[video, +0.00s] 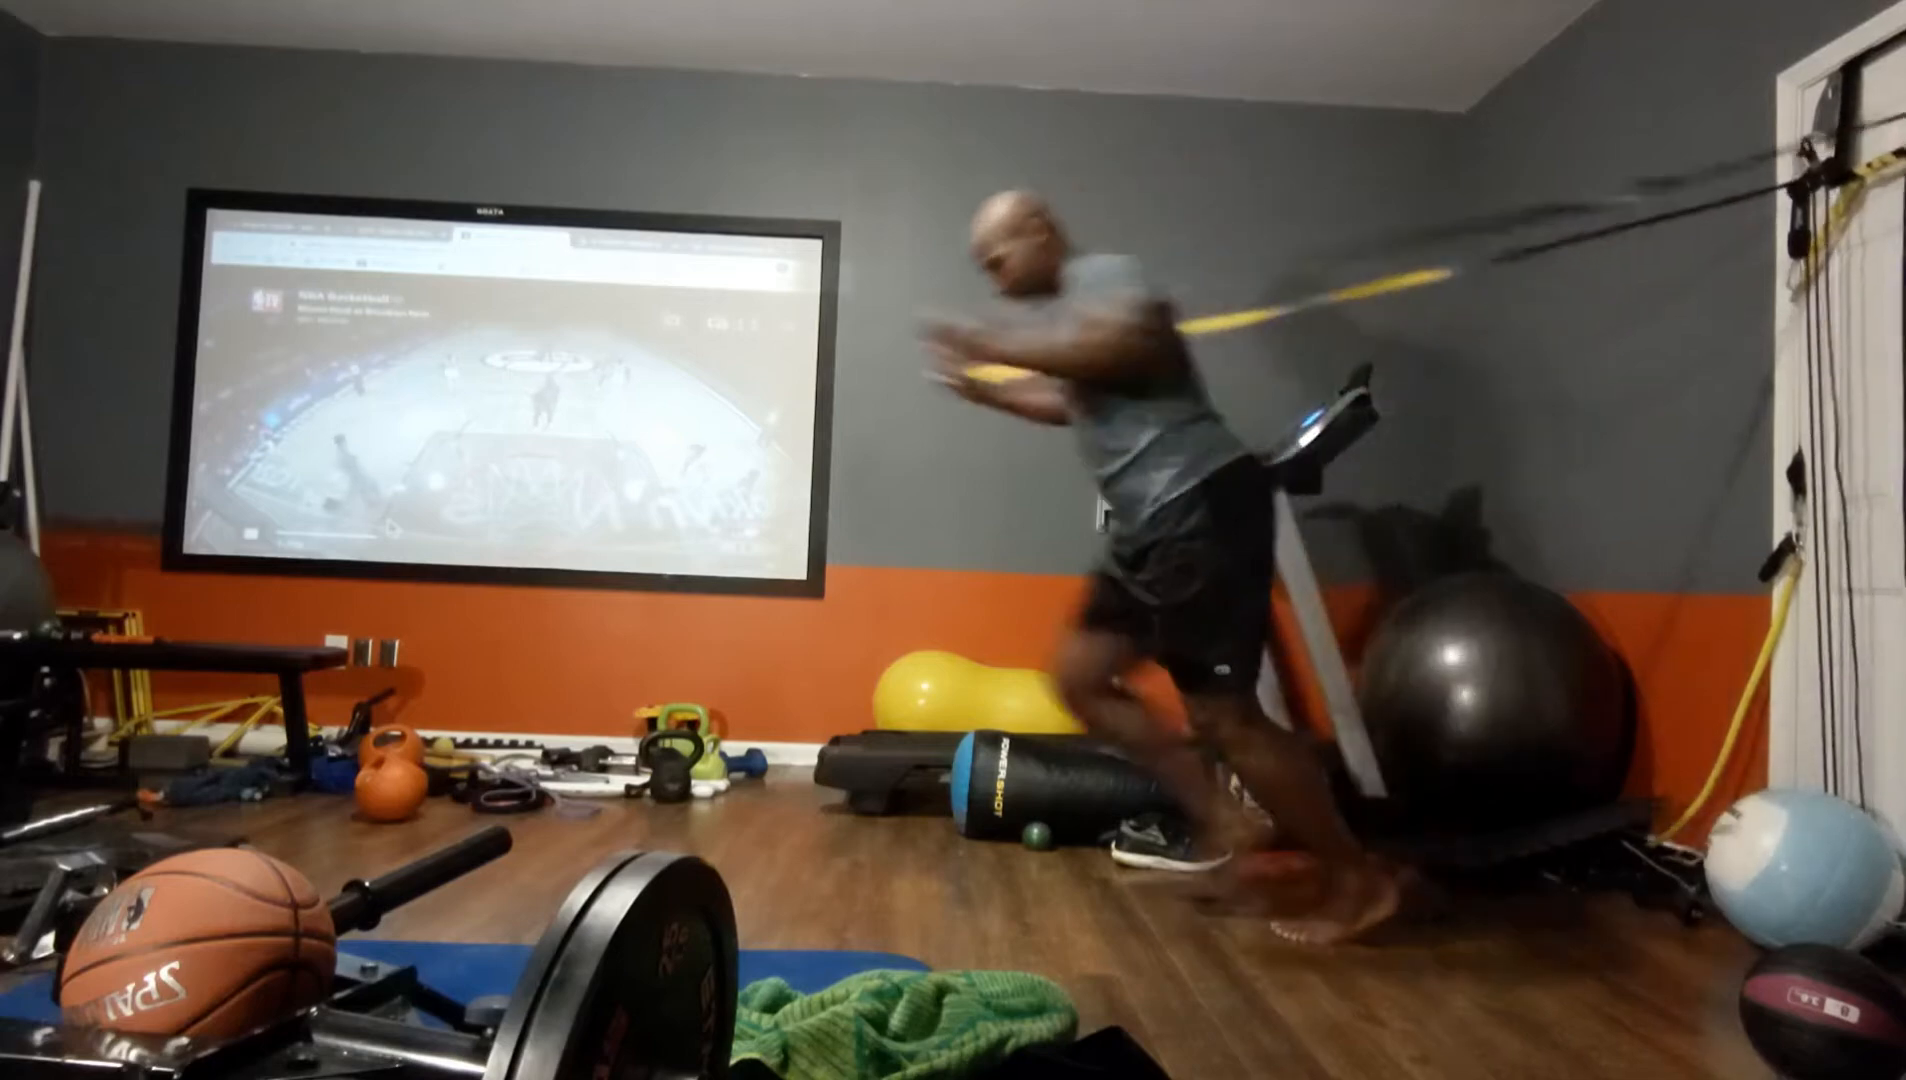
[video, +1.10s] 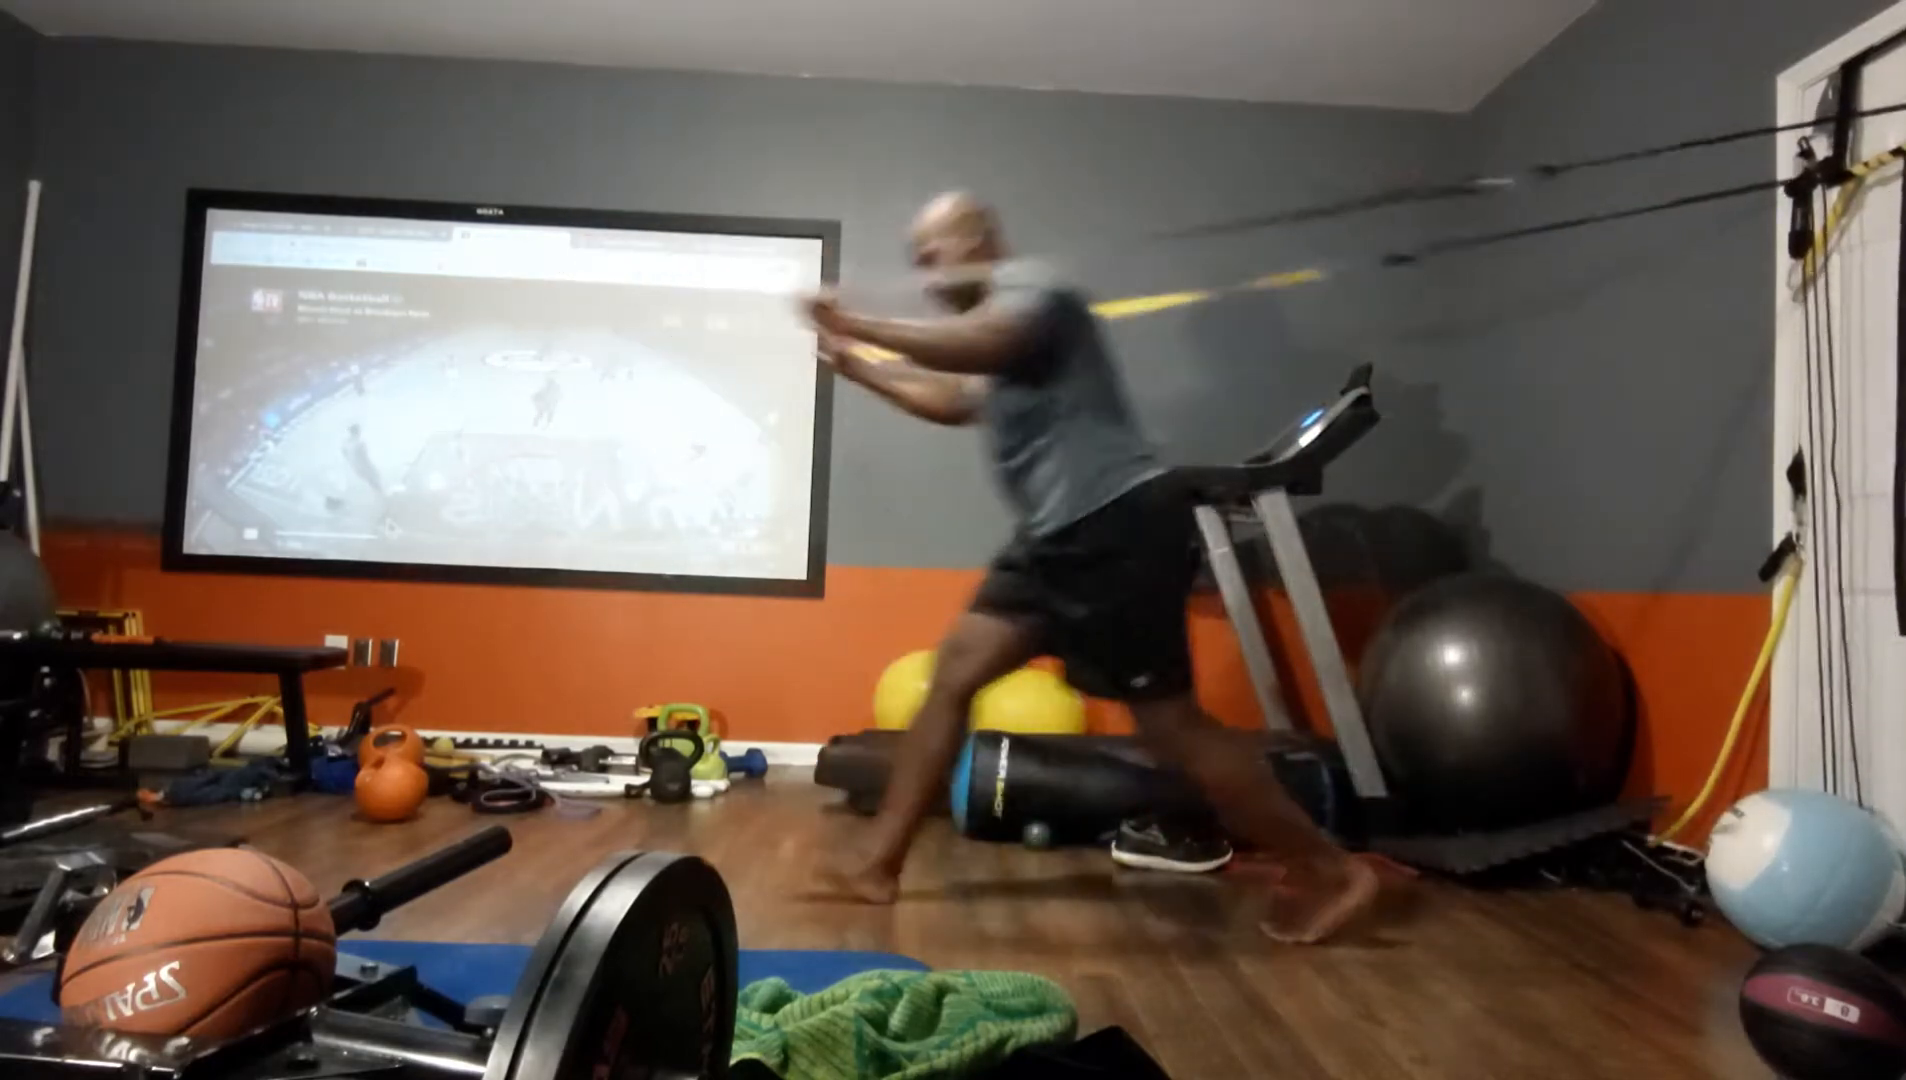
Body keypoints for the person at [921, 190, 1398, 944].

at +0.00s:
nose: (993, 271)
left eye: (1000, 251)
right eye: (984, 261)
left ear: (1045, 234)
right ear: (992, 267)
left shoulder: (1104, 275)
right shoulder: (1058, 326)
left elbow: (1124, 345)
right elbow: (1074, 405)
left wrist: (992, 344)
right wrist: (982, 386)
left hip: (1207, 497)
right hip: (1144, 522)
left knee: (1224, 718)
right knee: (1082, 678)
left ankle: (1356, 880)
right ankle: (1217, 830)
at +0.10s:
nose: (934, 285)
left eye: (936, 268)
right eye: (926, 276)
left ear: (971, 254)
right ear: (955, 268)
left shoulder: (1048, 283)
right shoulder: (1012, 335)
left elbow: (930, 306)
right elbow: (934, 377)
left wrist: (820, 296)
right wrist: (835, 356)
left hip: (1175, 502)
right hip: (1110, 525)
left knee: (1218, 718)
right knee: (997, 643)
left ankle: (1353, 875)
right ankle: (1036, 835)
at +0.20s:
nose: (856, 300)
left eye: (859, 283)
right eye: (854, 290)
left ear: (896, 269)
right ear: (891, 289)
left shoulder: (968, 297)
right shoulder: (934, 339)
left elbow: (834, 287)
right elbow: (833, 348)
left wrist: (700, 251)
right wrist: (740, 321)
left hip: (1115, 520)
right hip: (1047, 535)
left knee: (1188, 714)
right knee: (943, 670)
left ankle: (1352, 868)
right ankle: (884, 867)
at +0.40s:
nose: (769, 373)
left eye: (769, 354)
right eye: (761, 362)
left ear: (796, 332)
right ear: (805, 352)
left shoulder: (872, 351)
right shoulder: (846, 385)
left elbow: (721, 315)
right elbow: (745, 365)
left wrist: (596, 270)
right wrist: (665, 326)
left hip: (1025, 547)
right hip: (956, 563)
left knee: (1105, 743)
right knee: (844, 668)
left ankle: (1297, 861)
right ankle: (863, 868)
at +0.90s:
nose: (808, 343)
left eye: (807, 322)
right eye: (802, 331)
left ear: (836, 303)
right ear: (836, 313)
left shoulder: (913, 330)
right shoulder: (874, 384)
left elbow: (785, 321)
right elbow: (782, 367)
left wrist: (653, 288)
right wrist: (697, 323)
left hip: (1048, 549)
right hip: (978, 562)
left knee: (1114, 751)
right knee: (860, 665)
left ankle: (1304, 858)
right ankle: (860, 869)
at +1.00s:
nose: (861, 303)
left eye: (870, 287)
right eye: (855, 293)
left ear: (915, 276)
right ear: (874, 301)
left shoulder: (971, 316)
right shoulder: (919, 368)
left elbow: (871, 330)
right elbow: (862, 386)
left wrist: (744, 300)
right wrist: (781, 341)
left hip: (1079, 537)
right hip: (1005, 554)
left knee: (1136, 748)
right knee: (891, 666)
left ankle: (1317, 863)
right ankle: (862, 871)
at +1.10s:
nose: (933, 276)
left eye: (944, 257)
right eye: (923, 263)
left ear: (987, 247)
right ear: (922, 267)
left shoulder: (1039, 295)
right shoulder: (994, 352)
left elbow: (989, 343)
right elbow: (948, 403)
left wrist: (859, 324)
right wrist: (853, 364)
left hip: (1125, 527)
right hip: (1053, 543)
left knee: (1171, 729)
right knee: (956, 669)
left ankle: (1338, 872)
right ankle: (876, 866)